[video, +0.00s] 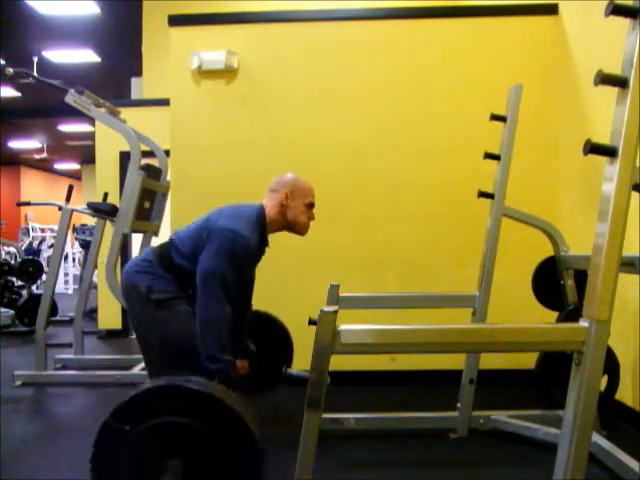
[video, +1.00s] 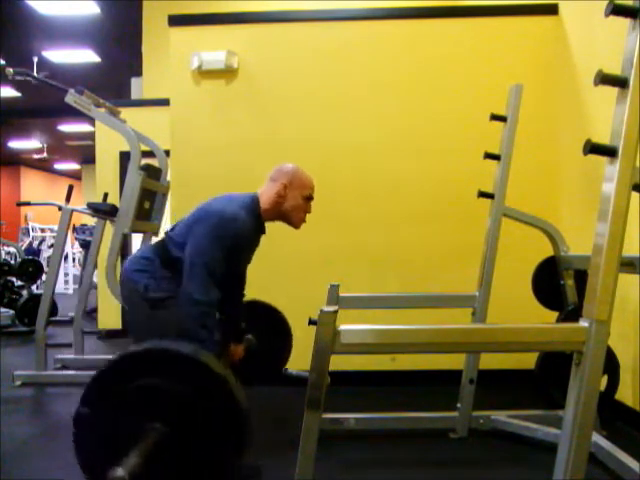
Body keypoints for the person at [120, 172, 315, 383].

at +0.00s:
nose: (313, 216)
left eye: (313, 208)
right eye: (309, 207)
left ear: (285, 201)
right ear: (285, 200)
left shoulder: (251, 234)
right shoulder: (236, 231)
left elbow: (239, 303)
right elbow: (212, 299)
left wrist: (239, 353)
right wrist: (220, 364)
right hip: (149, 283)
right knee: (181, 373)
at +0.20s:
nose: (302, 207)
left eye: (304, 200)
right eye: (300, 197)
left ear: (277, 186)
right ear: (277, 186)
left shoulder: (246, 212)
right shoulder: (223, 203)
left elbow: (224, 269)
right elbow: (185, 266)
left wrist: (235, 315)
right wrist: (206, 324)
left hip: (175, 282)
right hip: (148, 281)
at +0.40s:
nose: (305, 198)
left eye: (308, 190)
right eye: (305, 187)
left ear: (282, 174)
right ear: (283, 173)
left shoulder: (247, 197)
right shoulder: (227, 189)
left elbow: (220, 251)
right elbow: (167, 227)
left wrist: (232, 279)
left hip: (197, 300)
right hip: (177, 299)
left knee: (205, 378)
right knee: (191, 379)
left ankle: (206, 456)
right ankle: (195, 461)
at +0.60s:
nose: (319, 206)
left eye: (321, 198)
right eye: (317, 195)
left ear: (294, 184)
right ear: (294, 183)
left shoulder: (255, 209)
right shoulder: (239, 197)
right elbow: (167, 212)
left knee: (214, 364)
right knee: (190, 373)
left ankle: (210, 456)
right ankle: (196, 463)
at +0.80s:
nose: (308, 202)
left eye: (310, 194)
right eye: (306, 192)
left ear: (280, 181)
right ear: (282, 181)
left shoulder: (247, 208)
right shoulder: (232, 202)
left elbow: (218, 264)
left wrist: (230, 301)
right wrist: (226, 305)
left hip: (174, 280)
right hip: (156, 279)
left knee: (211, 355)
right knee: (205, 356)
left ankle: (200, 453)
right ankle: (202, 454)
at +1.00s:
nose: (310, 209)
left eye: (311, 201)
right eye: (307, 199)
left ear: (282, 191)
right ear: (282, 191)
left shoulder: (247, 224)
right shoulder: (228, 219)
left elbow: (231, 292)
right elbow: (198, 296)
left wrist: (233, 339)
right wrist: (213, 354)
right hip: (148, 285)